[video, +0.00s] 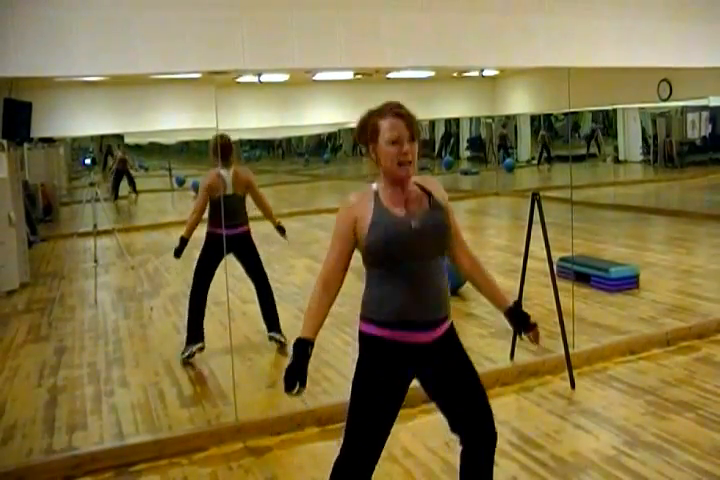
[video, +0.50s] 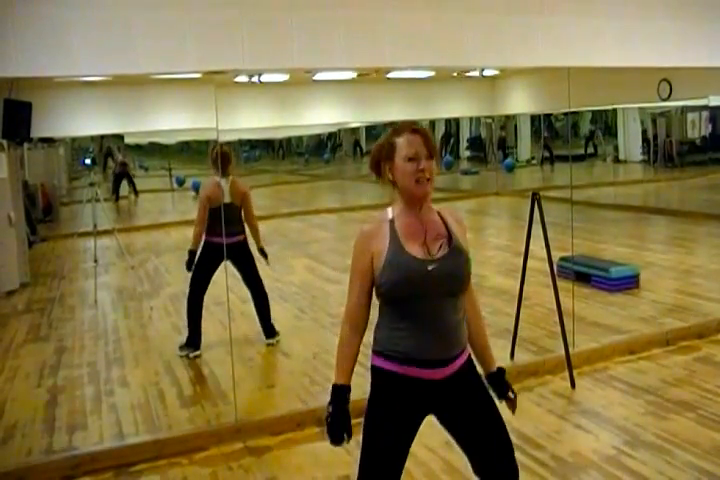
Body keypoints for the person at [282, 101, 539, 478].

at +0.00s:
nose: (406, 150)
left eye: (410, 140)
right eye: (394, 141)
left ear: (418, 145)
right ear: (372, 151)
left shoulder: (432, 192)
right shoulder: (357, 208)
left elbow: (464, 260)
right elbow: (328, 284)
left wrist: (511, 309)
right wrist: (302, 349)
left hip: (440, 341)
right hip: (384, 346)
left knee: (481, 435)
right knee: (359, 457)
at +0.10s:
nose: (408, 152)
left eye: (413, 142)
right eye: (397, 143)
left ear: (421, 146)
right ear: (375, 151)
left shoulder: (434, 197)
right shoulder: (359, 209)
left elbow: (464, 267)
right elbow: (335, 283)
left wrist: (510, 316)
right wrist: (309, 352)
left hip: (446, 344)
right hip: (389, 350)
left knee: (490, 447)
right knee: (369, 464)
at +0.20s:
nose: (413, 177)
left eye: (418, 167)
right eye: (402, 168)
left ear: (425, 171)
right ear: (380, 175)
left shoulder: (440, 228)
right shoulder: (365, 236)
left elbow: (469, 294)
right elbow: (341, 310)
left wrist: (512, 344)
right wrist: (314, 378)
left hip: (451, 375)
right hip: (394, 382)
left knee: (498, 468)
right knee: (377, 478)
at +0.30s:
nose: (415, 186)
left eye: (420, 177)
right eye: (404, 178)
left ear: (428, 182)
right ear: (382, 187)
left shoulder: (446, 239)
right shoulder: (368, 251)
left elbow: (471, 310)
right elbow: (346, 332)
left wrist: (503, 370)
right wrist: (324, 398)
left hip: (455, 385)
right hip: (396, 394)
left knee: (510, 467)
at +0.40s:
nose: (419, 176)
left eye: (424, 166)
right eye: (407, 168)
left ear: (431, 172)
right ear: (385, 177)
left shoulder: (448, 229)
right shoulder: (371, 241)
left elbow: (466, 309)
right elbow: (352, 324)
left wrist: (492, 374)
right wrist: (336, 397)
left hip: (456, 380)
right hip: (396, 387)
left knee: (505, 472)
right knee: (378, 479)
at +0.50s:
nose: (424, 166)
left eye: (428, 157)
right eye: (411, 159)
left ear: (436, 163)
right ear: (388, 169)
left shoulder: (452, 223)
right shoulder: (374, 237)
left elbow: (467, 302)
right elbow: (354, 322)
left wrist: (492, 371)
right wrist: (339, 396)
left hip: (458, 377)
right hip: (397, 383)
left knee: (503, 472)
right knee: (375, 479)